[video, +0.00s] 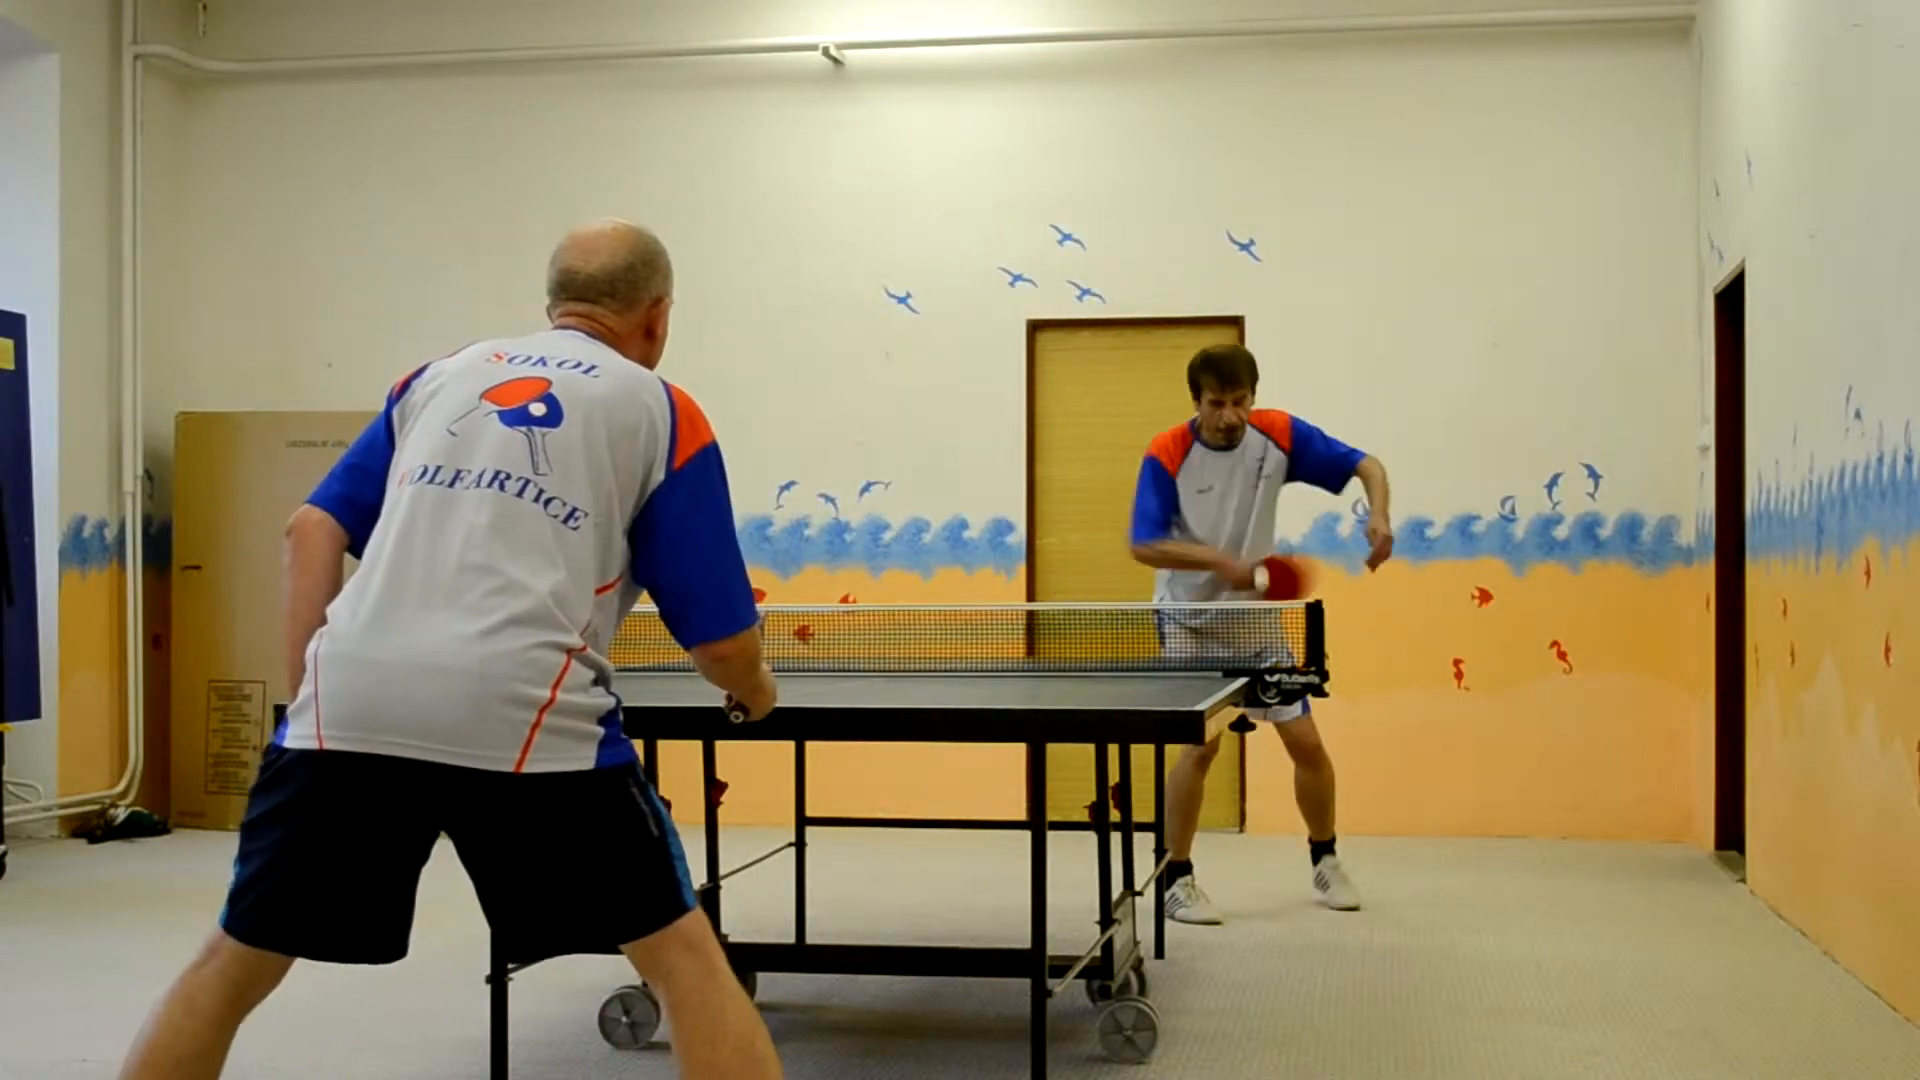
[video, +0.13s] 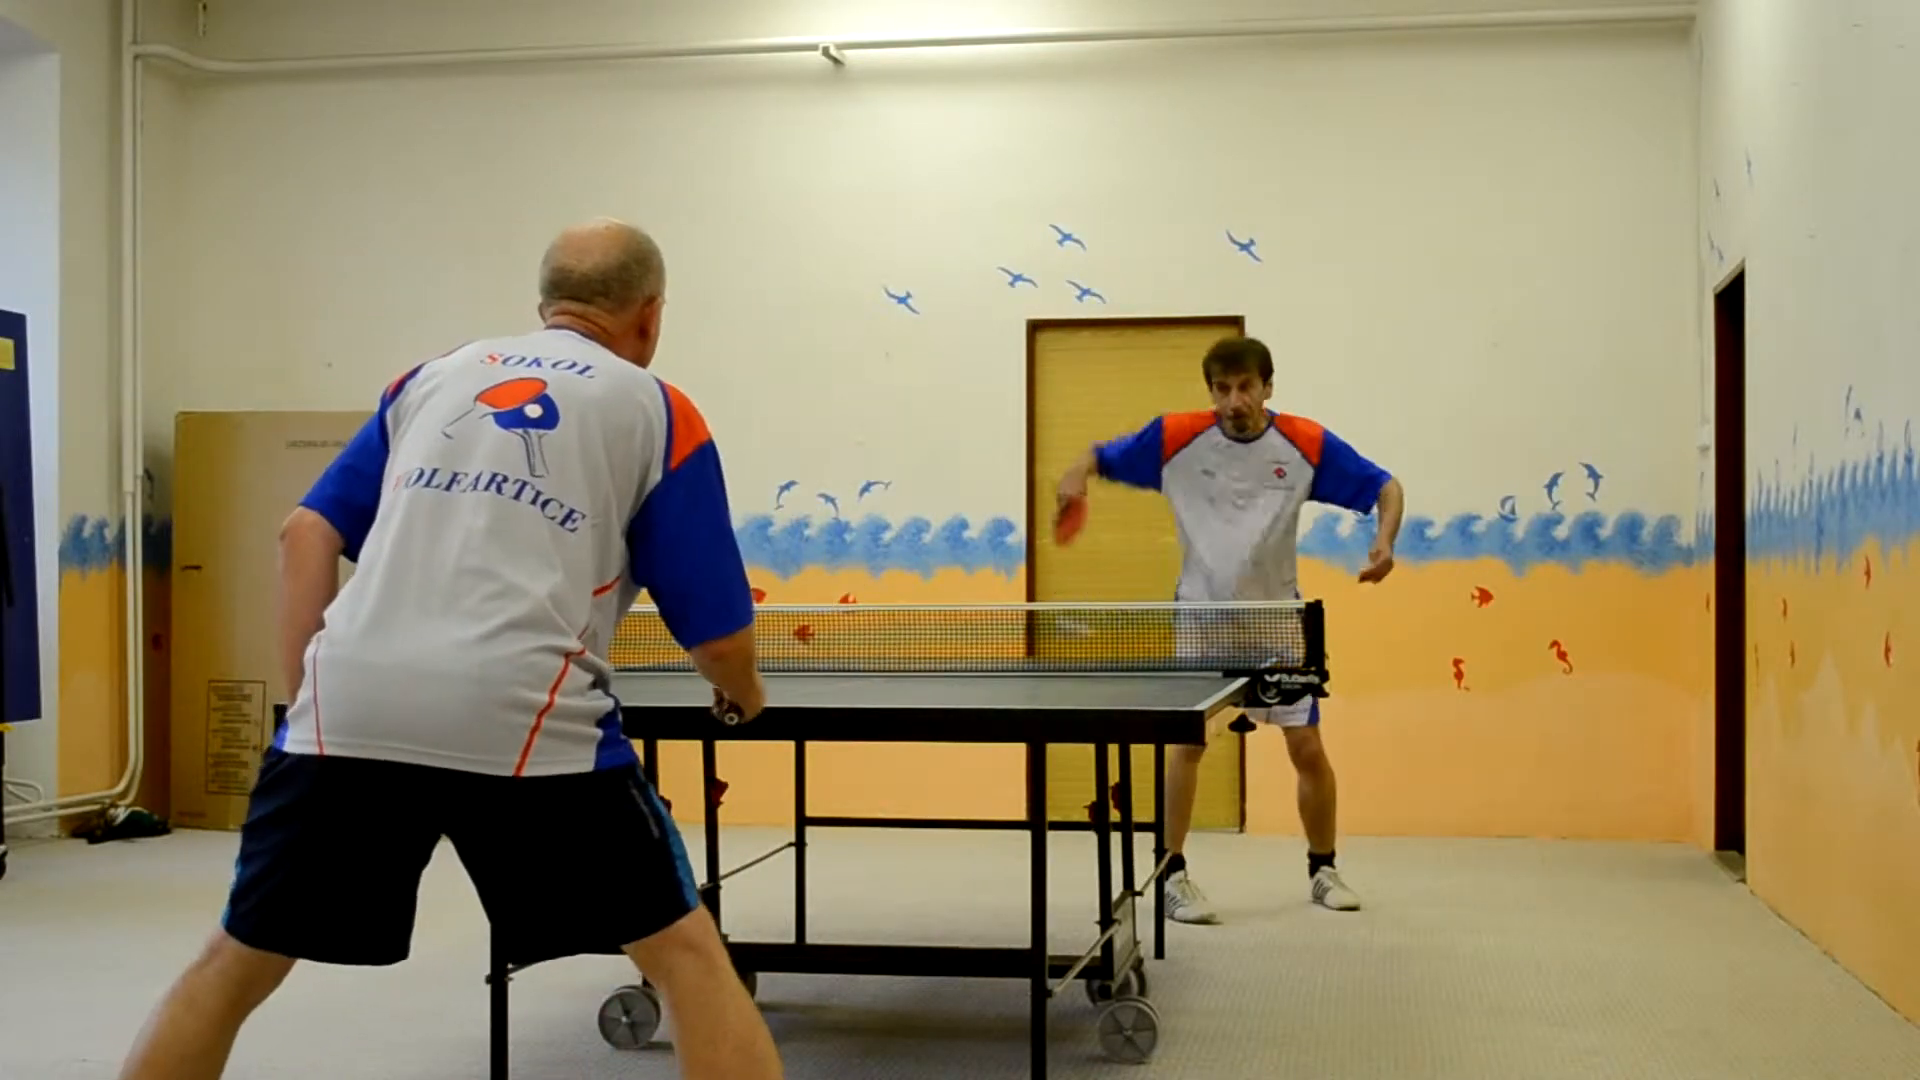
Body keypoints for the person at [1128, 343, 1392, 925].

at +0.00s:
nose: (1229, 416)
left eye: (1239, 403)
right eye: (1217, 405)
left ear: (1252, 395)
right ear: (1196, 400)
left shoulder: (1278, 434)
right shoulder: (1166, 454)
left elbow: (1368, 466)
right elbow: (1144, 545)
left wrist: (1380, 517)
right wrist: (1220, 559)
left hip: (1254, 614)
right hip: (1187, 618)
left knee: (1308, 744)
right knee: (1198, 746)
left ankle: (1325, 863)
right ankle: (1176, 879)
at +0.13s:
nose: (1233, 402)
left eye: (1244, 388)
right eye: (1223, 390)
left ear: (1266, 386)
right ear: (1210, 390)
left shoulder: (1303, 440)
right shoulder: (1176, 436)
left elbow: (1387, 487)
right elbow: (1097, 457)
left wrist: (1384, 543)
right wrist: (1072, 485)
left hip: (1277, 616)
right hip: (1201, 616)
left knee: (1308, 749)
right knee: (1184, 743)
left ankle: (1324, 870)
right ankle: (1170, 874)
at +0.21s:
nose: (1241, 393)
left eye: (1252, 380)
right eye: (1231, 382)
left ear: (1274, 379)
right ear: (1219, 384)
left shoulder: (1311, 442)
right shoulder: (1188, 423)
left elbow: (1385, 501)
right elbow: (1116, 426)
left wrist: (1375, 553)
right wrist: (1080, 461)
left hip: (1283, 617)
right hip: (1204, 616)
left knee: (1309, 748)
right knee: (1177, 733)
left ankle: (1323, 870)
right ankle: (1168, 859)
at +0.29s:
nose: (1243, 390)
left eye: (1254, 377)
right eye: (1234, 379)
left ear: (1278, 378)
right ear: (1222, 381)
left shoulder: (1313, 443)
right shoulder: (1192, 425)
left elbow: (1379, 509)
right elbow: (1121, 447)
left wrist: (1364, 555)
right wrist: (1092, 479)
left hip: (1283, 616)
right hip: (1205, 613)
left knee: (1302, 749)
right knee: (1172, 718)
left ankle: (1322, 869)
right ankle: (1174, 816)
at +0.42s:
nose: (1232, 389)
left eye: (1242, 377)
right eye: (1223, 378)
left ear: (1268, 377)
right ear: (1214, 381)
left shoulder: (1306, 444)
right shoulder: (1189, 437)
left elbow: (1370, 509)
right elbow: (1130, 479)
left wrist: (1360, 550)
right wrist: (1102, 507)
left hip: (1282, 618)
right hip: (1204, 614)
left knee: (1298, 752)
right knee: (1141, 702)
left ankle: (1322, 869)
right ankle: (1140, 801)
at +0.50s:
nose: (1217, 388)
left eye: (1228, 375)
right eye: (1208, 378)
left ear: (1254, 379)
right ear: (1200, 383)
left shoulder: (1295, 444)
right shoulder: (1181, 444)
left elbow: (1358, 508)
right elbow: (1129, 492)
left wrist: (1351, 549)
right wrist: (1100, 524)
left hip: (1278, 620)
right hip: (1198, 618)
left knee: (1294, 751)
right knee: (1124, 718)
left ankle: (1322, 869)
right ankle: (1099, 836)